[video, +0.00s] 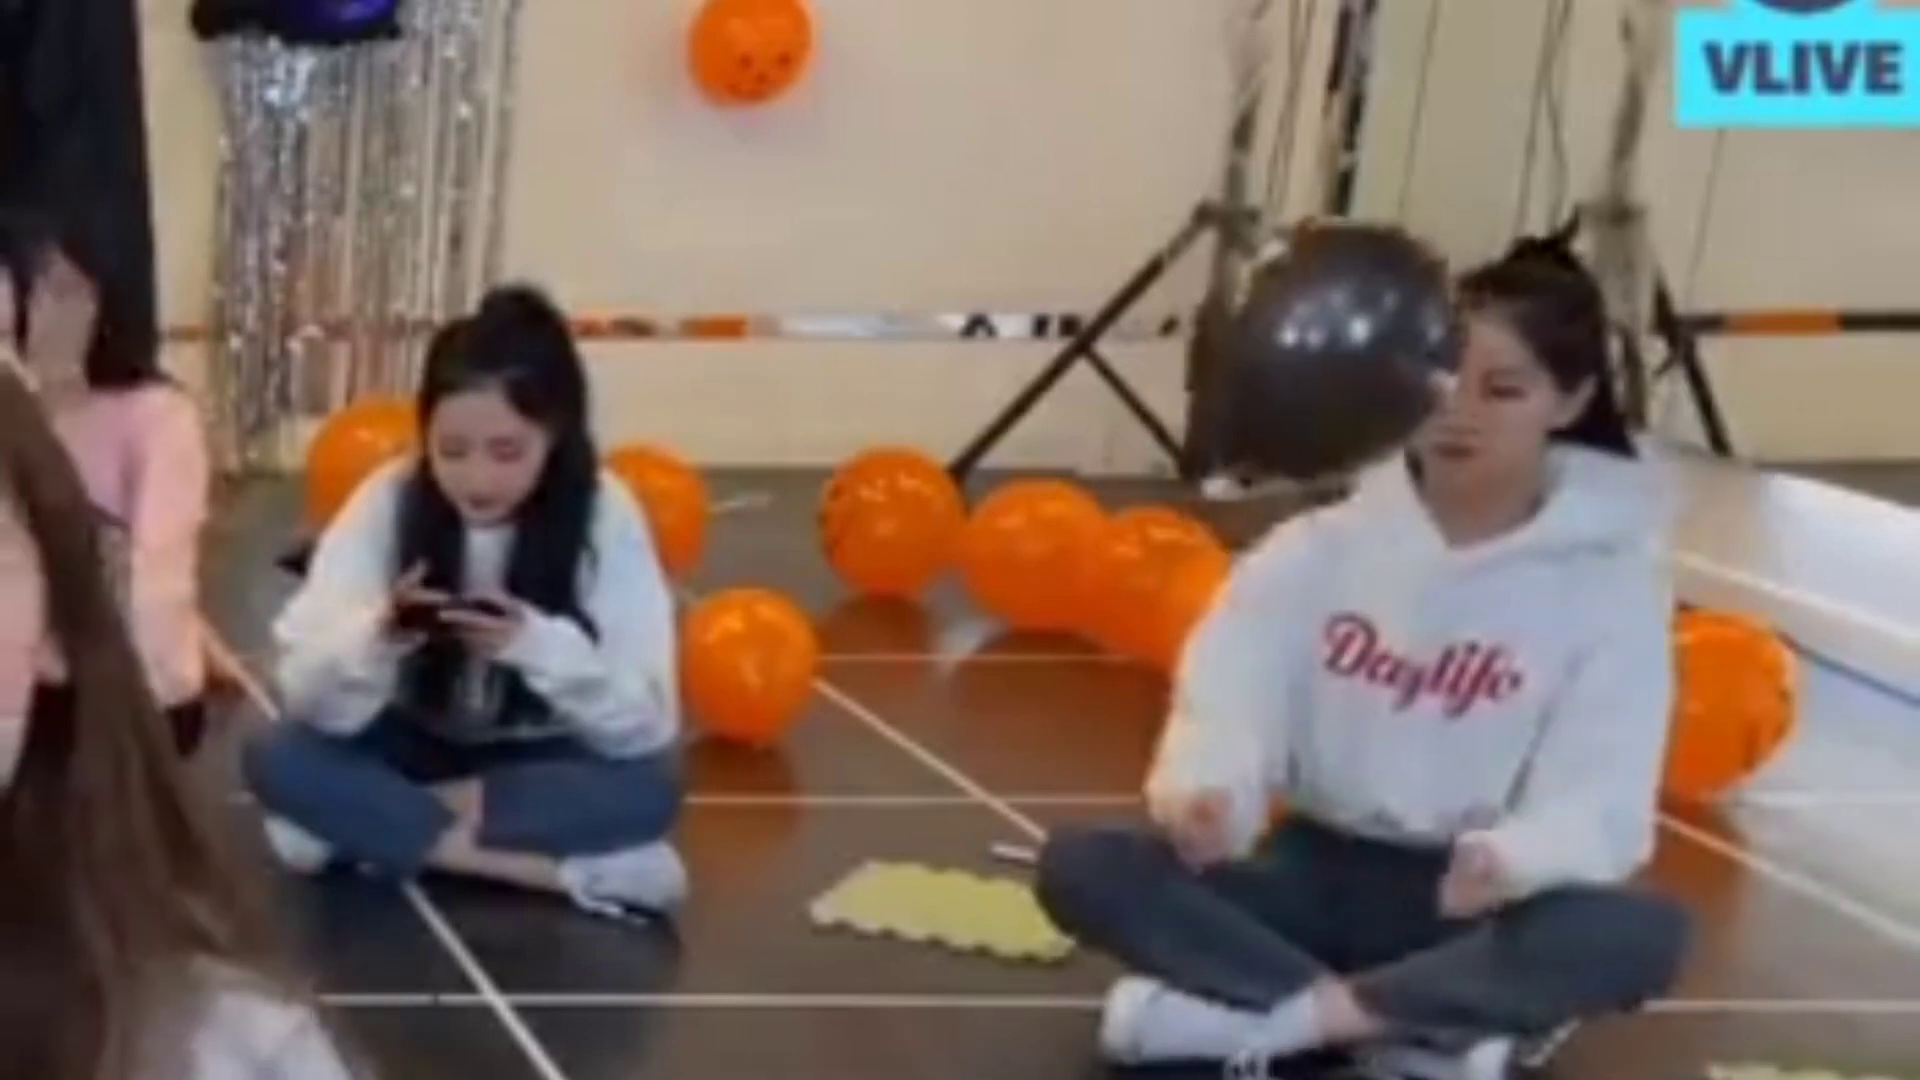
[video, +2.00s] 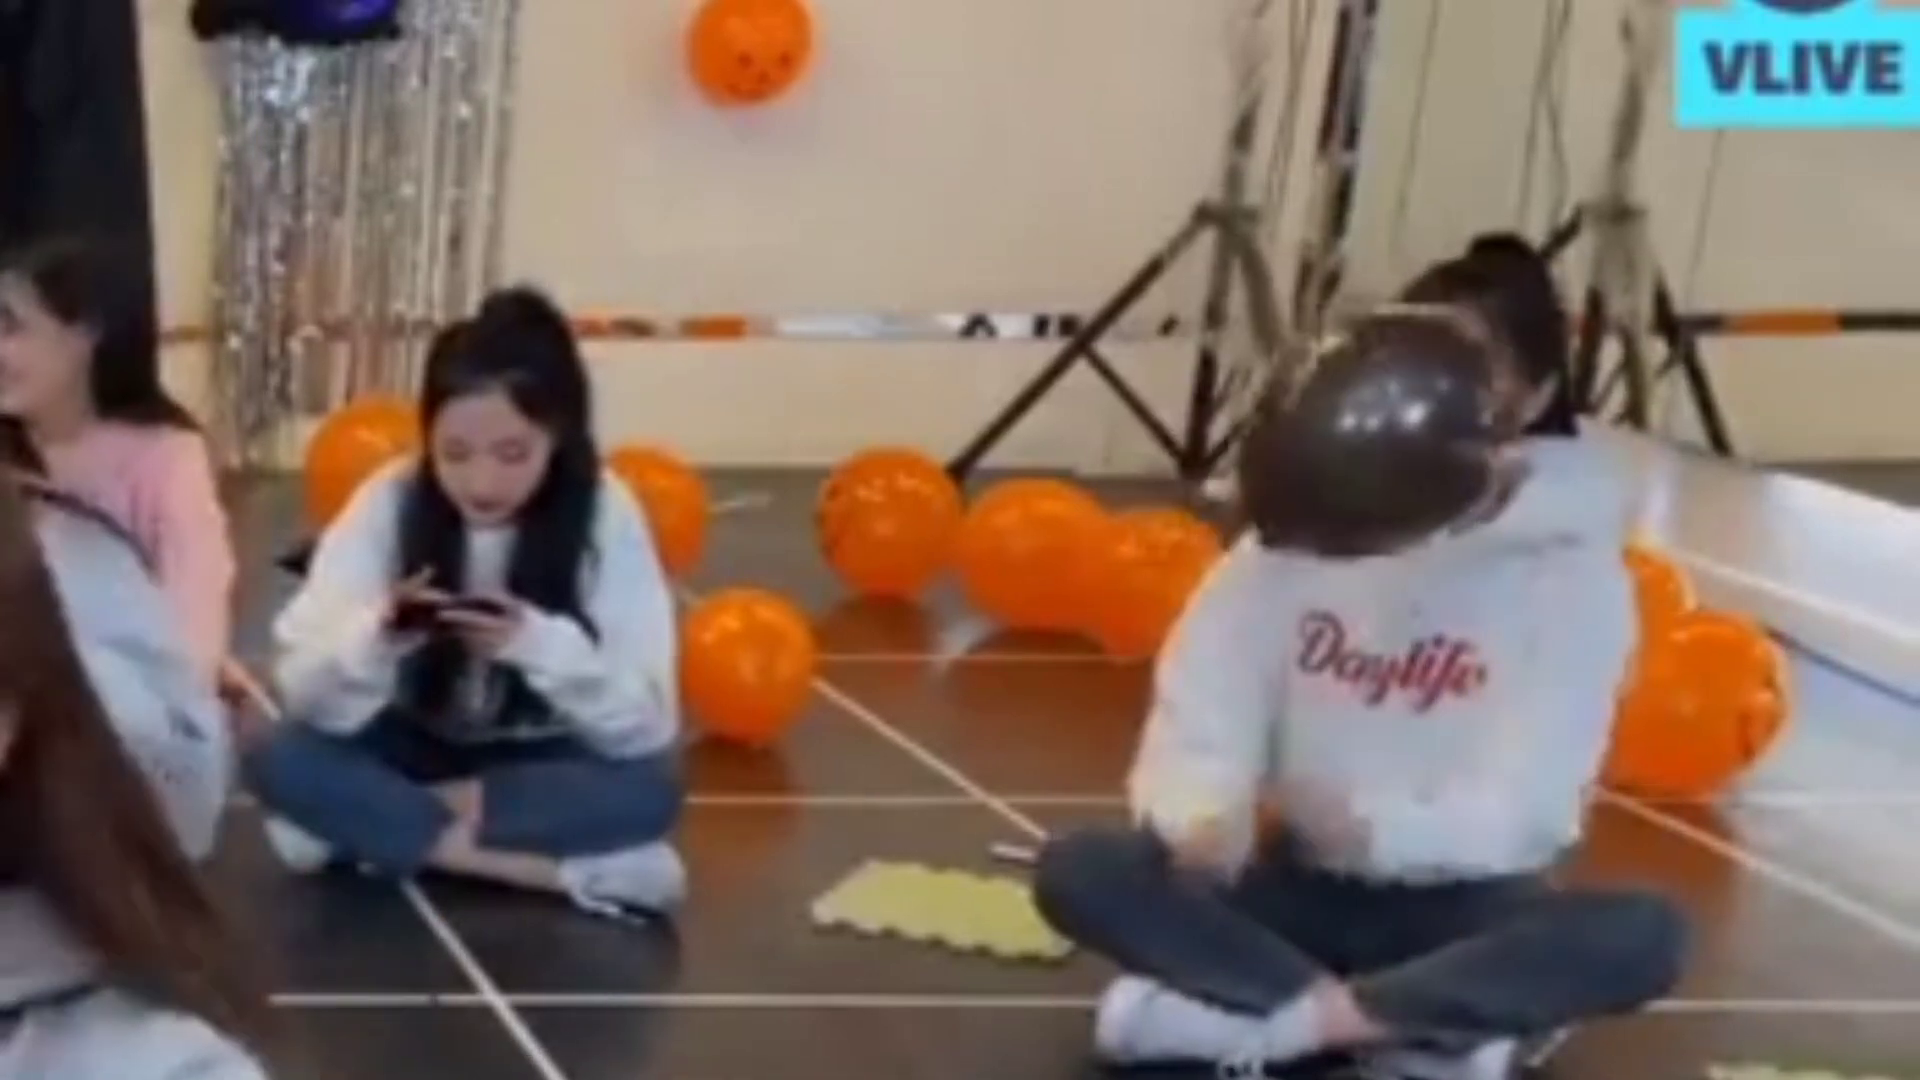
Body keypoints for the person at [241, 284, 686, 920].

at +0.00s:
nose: (477, 481)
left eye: (506, 454)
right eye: (452, 453)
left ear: (557, 440)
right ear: (423, 437)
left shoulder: (603, 515)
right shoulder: (388, 501)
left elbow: (645, 723)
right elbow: (309, 700)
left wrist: (533, 645)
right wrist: (383, 636)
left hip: (544, 745)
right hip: (408, 736)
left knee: (648, 791)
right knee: (275, 757)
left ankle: (367, 837)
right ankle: (548, 876)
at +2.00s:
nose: (481, 483)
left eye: (512, 457)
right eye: (456, 455)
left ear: (559, 442)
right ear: (426, 438)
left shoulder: (603, 514)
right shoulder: (389, 502)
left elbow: (646, 724)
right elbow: (306, 699)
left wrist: (533, 644)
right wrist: (382, 637)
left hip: (544, 744)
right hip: (408, 736)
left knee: (649, 792)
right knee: (279, 758)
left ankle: (364, 838)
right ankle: (549, 877)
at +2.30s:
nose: (483, 484)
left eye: (513, 456)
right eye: (456, 455)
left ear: (559, 441)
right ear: (427, 439)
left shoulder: (605, 515)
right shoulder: (390, 501)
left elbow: (647, 724)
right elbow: (303, 697)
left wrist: (534, 645)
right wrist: (383, 641)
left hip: (542, 745)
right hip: (406, 737)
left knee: (648, 791)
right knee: (290, 767)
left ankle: (371, 837)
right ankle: (550, 877)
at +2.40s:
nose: (483, 485)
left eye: (513, 457)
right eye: (457, 456)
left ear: (558, 442)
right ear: (427, 440)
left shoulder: (605, 515)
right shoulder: (390, 501)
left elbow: (646, 725)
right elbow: (303, 696)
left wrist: (535, 646)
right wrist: (382, 641)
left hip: (542, 745)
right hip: (406, 736)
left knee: (647, 793)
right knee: (292, 767)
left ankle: (375, 836)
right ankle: (549, 877)